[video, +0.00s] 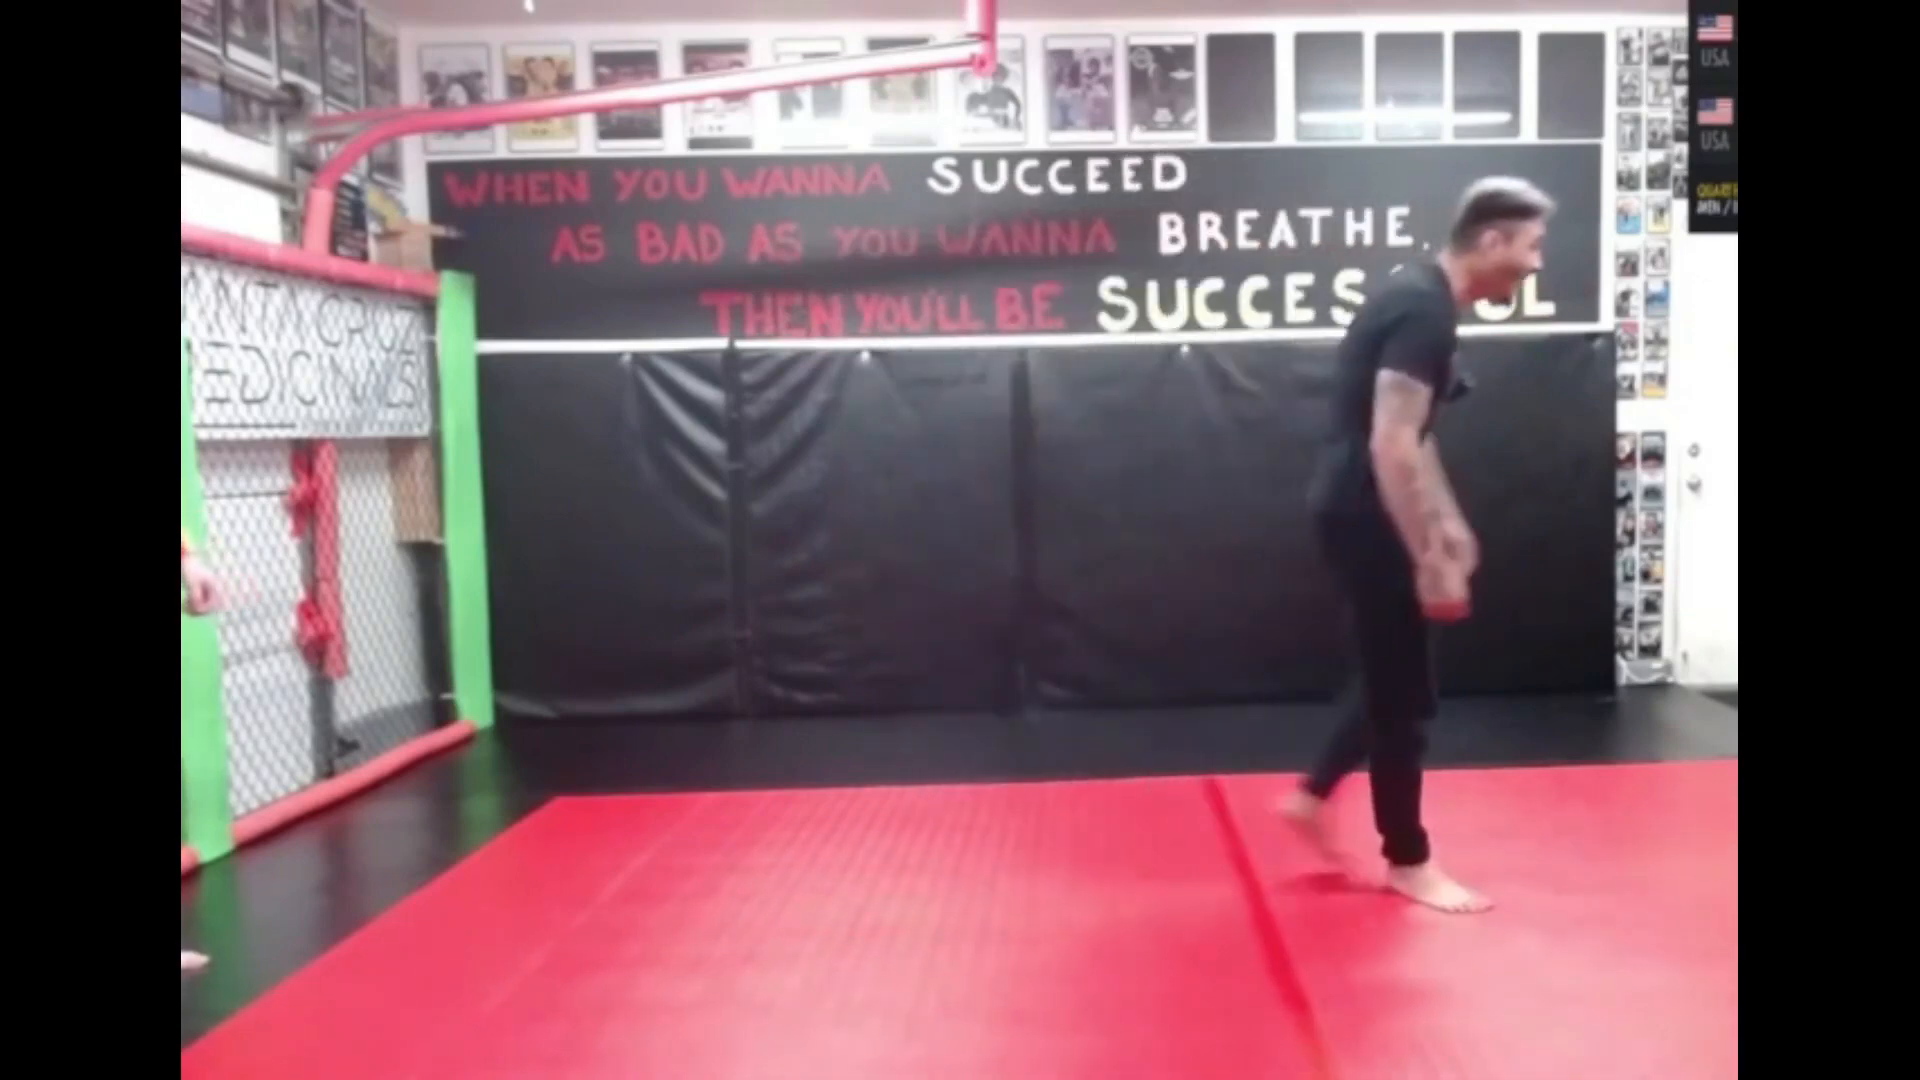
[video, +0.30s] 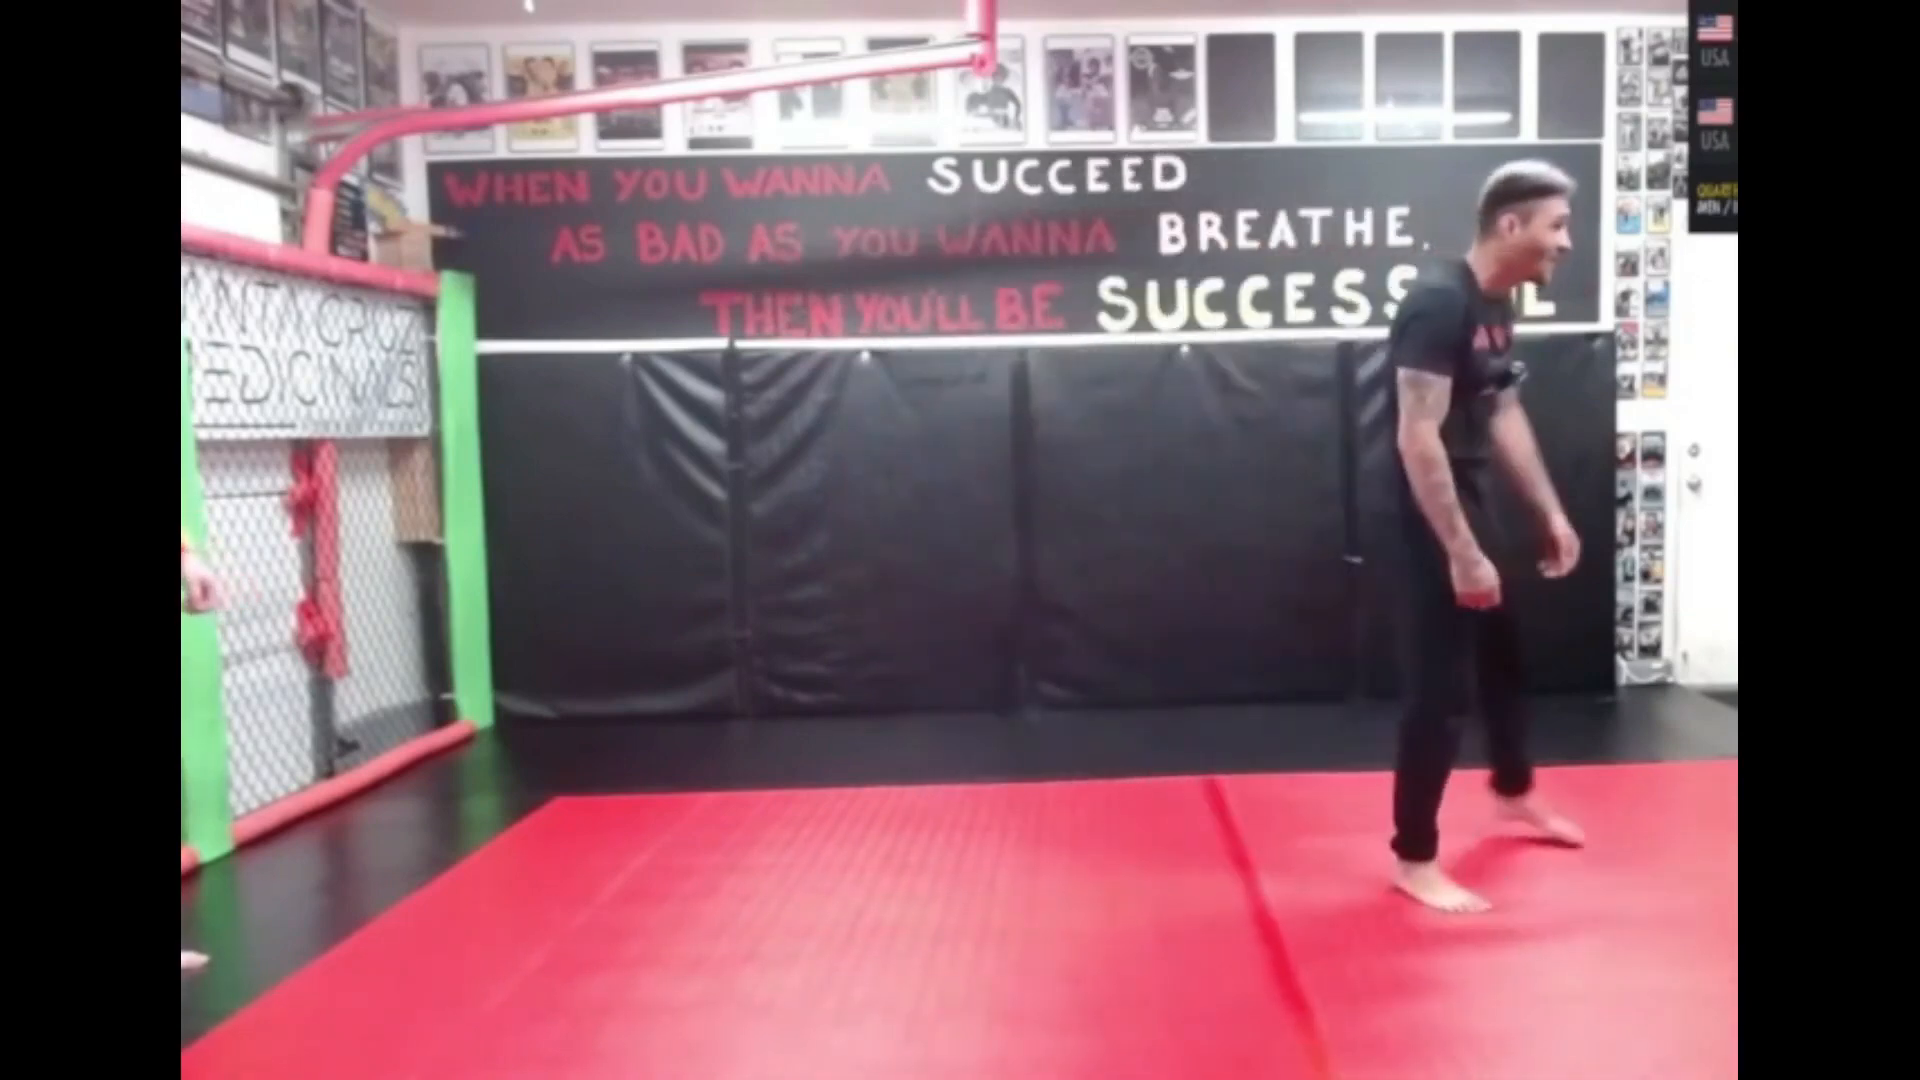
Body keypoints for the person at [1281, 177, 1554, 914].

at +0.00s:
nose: (1533, 266)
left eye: (1537, 250)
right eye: (1529, 248)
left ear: (1487, 242)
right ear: (1489, 240)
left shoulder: (1424, 302)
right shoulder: (1423, 312)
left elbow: (1415, 435)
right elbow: (1390, 445)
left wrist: (1449, 523)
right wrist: (1426, 556)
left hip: (1374, 510)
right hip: (1365, 517)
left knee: (1392, 675)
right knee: (1402, 688)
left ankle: (1311, 794)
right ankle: (1407, 862)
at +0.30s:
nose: (1565, 243)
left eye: (1566, 228)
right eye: (1556, 227)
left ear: (1514, 228)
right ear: (1508, 225)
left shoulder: (1493, 307)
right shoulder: (1438, 302)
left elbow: (1505, 417)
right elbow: (1417, 439)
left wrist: (1549, 513)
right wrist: (1462, 549)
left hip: (1466, 497)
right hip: (1415, 505)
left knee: (1501, 645)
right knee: (1439, 675)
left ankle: (1513, 791)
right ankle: (1413, 858)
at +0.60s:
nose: (1533, 230)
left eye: (1545, 218)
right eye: (1519, 217)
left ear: (1560, 231)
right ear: (1490, 227)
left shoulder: (1571, 308)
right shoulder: (1446, 308)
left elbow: (1591, 408)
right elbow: (1404, 414)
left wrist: (1609, 486)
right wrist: (1390, 517)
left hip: (1541, 506)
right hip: (1459, 503)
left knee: (1536, 657)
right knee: (1455, 657)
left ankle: (1522, 800)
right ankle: (1446, 830)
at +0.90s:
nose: (1494, 246)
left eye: (1509, 234)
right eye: (1484, 233)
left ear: (1536, 241)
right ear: (1471, 238)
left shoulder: (1565, 315)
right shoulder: (1439, 312)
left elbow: (1591, 413)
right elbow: (1405, 413)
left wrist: (1600, 513)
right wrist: (1386, 508)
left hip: (1533, 512)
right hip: (1446, 509)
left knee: (1526, 657)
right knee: (1430, 648)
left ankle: (1520, 800)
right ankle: (1426, 790)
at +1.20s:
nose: (1422, 259)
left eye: (1434, 246)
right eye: (1416, 248)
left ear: (1469, 250)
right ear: (1410, 258)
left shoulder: (1503, 323)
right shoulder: (1403, 331)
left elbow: (1515, 425)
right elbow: (1388, 428)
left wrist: (1483, 518)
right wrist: (1374, 514)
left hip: (1477, 509)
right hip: (1410, 508)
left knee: (1499, 653)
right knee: (1396, 636)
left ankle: (1516, 797)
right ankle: (1402, 757)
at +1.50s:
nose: (1364, 270)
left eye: (1376, 259)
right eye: (1357, 261)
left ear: (1403, 263)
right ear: (1350, 270)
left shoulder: (1425, 325)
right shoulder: (1345, 344)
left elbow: (1440, 398)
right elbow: (1334, 434)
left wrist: (1418, 445)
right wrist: (1308, 516)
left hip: (1411, 494)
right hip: (1360, 499)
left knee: (1391, 626)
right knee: (1371, 626)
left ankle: (1406, 777)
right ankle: (1396, 759)